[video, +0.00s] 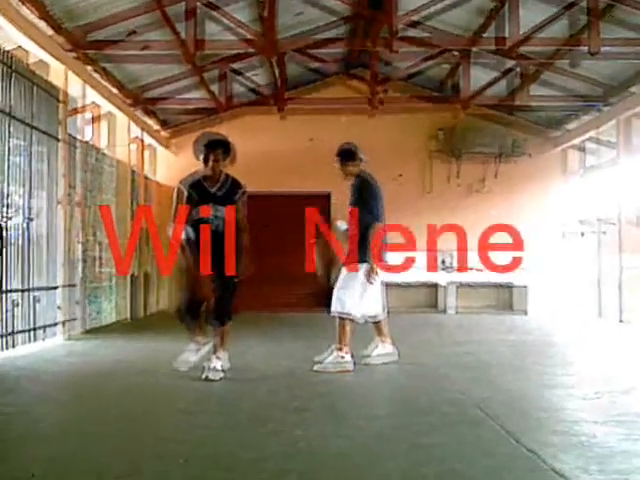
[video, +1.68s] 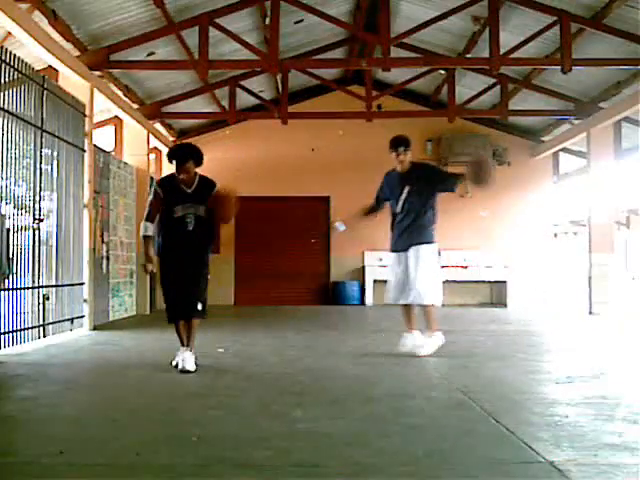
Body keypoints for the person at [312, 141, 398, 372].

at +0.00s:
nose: (342, 172)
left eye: (342, 167)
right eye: (341, 167)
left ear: (350, 164)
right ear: (353, 163)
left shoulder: (366, 184)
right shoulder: (358, 185)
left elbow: (375, 223)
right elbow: (362, 223)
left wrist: (372, 260)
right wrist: (346, 230)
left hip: (363, 259)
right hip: (359, 257)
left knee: (343, 301)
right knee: (373, 302)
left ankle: (342, 351)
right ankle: (384, 342)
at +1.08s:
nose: (342, 166)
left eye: (343, 161)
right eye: (341, 161)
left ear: (353, 159)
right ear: (355, 159)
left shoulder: (370, 181)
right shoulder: (361, 182)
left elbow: (380, 223)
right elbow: (365, 222)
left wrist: (376, 261)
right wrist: (349, 227)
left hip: (365, 260)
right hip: (363, 258)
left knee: (344, 304)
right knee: (377, 306)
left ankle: (343, 358)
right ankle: (389, 350)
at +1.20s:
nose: (368, 175)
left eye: (371, 171)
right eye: (364, 171)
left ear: (377, 170)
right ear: (360, 172)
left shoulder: (389, 191)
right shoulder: (359, 194)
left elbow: (404, 222)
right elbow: (353, 225)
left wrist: (414, 251)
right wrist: (346, 247)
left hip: (379, 253)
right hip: (363, 252)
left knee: (355, 289)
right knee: (377, 294)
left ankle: (358, 335)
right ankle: (380, 337)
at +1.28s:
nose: (368, 175)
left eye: (371, 171)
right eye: (364, 171)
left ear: (377, 170)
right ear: (360, 172)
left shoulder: (389, 191)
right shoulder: (359, 194)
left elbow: (404, 222)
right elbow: (353, 225)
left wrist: (414, 251)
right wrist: (346, 247)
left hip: (379, 253)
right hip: (363, 252)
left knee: (354, 288)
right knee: (377, 293)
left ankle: (358, 335)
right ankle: (380, 337)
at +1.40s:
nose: (380, 176)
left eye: (383, 171)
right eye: (376, 172)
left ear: (389, 171)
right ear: (372, 173)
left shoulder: (401, 190)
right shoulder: (371, 197)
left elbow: (421, 203)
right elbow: (359, 219)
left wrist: (436, 194)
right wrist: (339, 226)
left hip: (393, 254)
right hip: (375, 254)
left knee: (380, 296)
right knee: (368, 297)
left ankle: (412, 335)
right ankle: (379, 338)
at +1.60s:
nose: (393, 165)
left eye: (396, 160)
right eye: (389, 161)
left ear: (403, 161)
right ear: (385, 163)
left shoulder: (419, 179)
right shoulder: (385, 187)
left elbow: (444, 183)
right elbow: (368, 205)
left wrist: (460, 172)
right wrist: (339, 208)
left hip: (414, 248)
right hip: (393, 249)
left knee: (410, 295)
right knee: (390, 293)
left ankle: (424, 338)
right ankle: (394, 334)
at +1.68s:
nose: (400, 157)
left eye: (403, 153)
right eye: (396, 153)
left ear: (410, 152)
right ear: (391, 155)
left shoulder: (425, 171)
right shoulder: (390, 179)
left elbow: (451, 181)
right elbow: (377, 205)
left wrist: (465, 180)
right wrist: (351, 220)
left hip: (422, 239)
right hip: (399, 242)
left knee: (424, 287)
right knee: (404, 289)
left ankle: (434, 334)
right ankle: (410, 334)